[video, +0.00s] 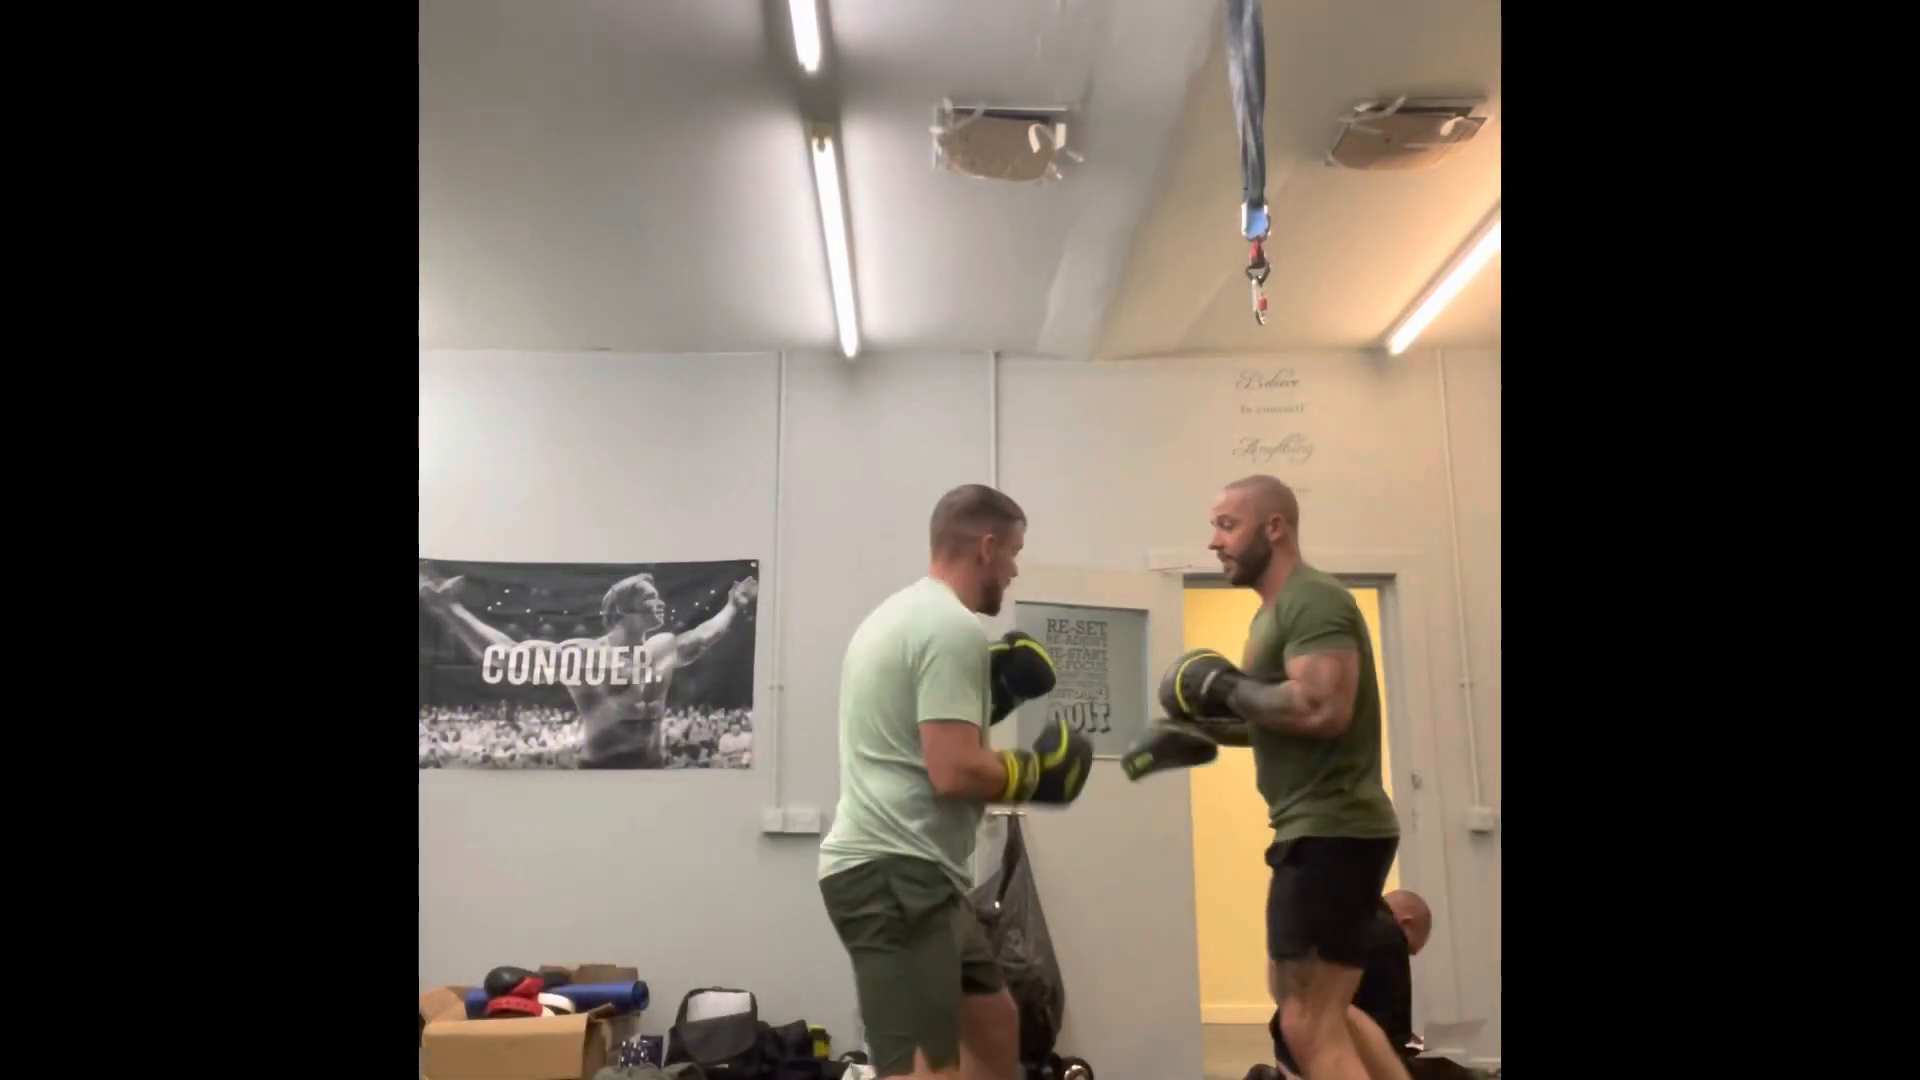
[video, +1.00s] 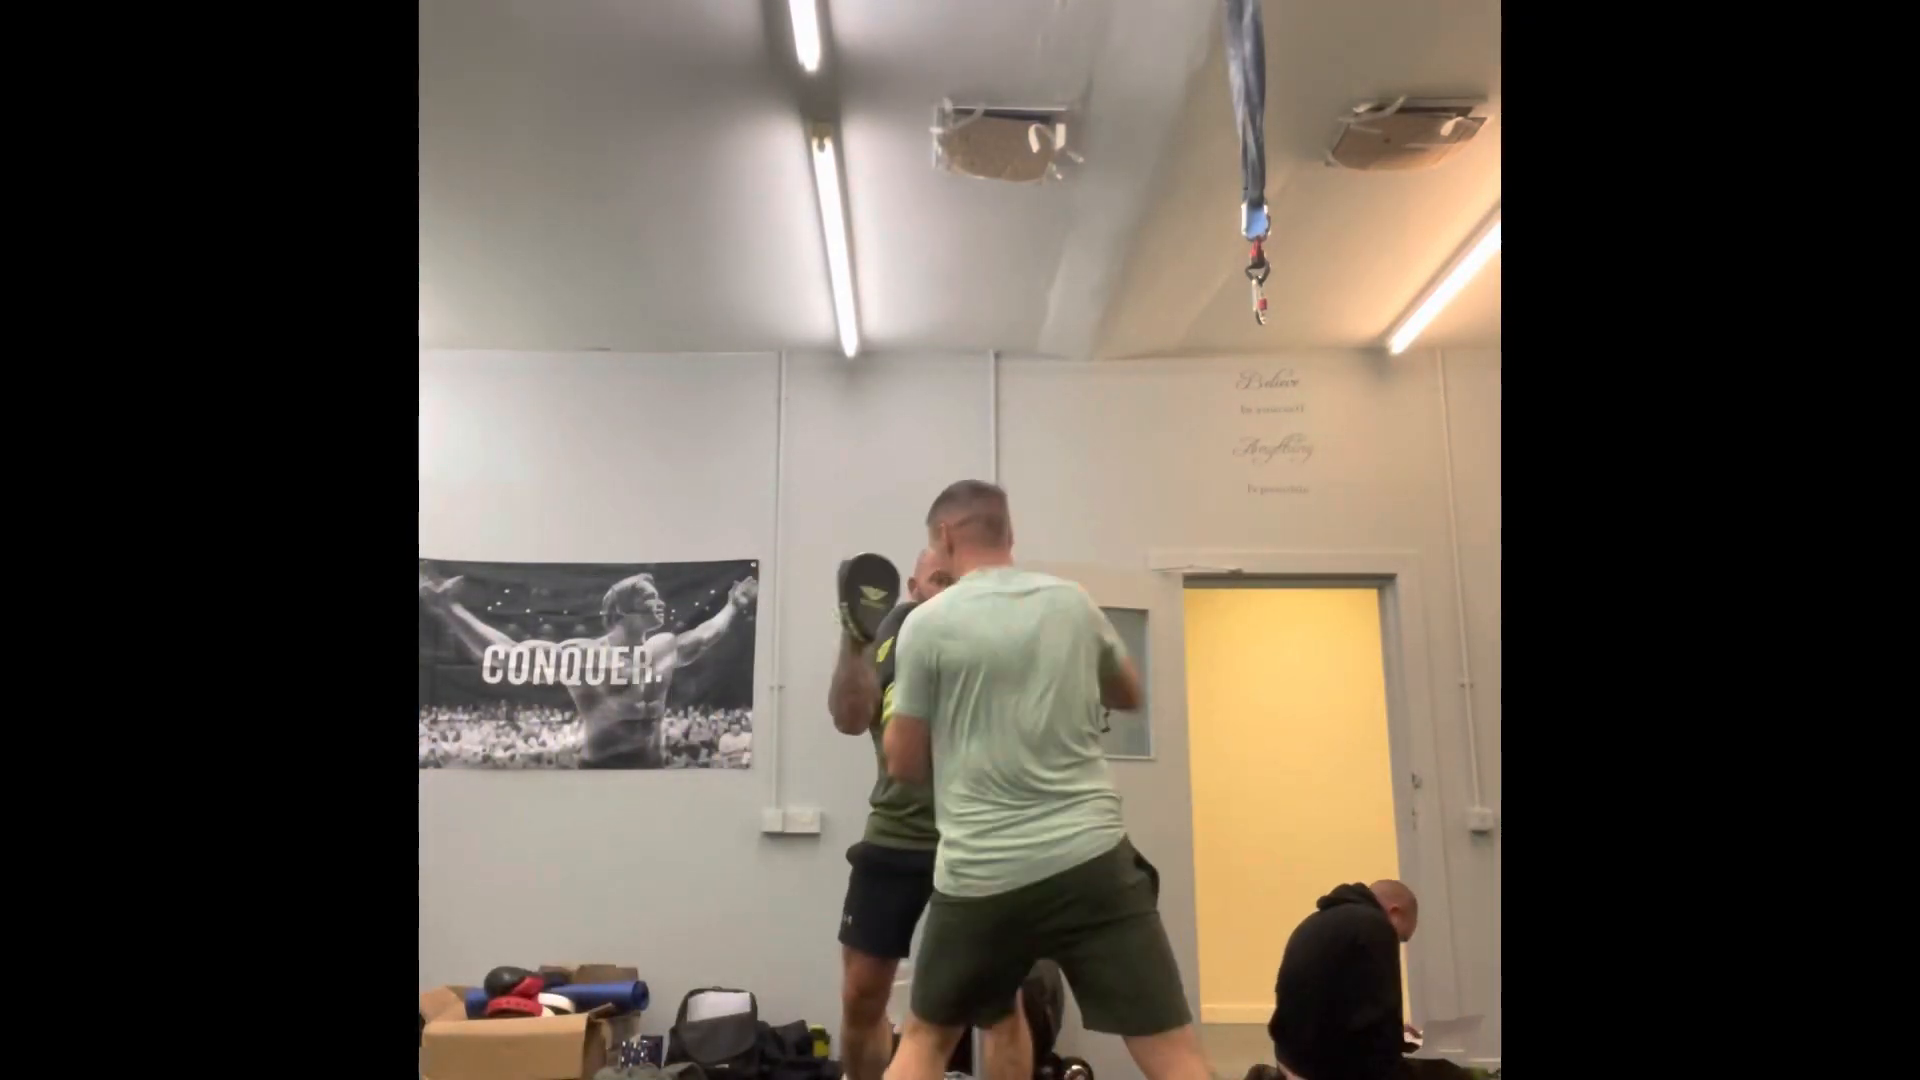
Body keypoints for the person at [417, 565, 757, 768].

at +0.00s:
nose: (663, 608)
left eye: (661, 601)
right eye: (653, 602)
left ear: (649, 611)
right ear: (625, 612)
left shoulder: (665, 648)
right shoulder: (580, 655)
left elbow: (709, 634)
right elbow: (506, 652)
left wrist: (736, 604)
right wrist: (449, 608)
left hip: (652, 772)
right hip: (600, 774)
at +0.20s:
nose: (663, 608)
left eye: (660, 601)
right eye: (652, 602)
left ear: (650, 611)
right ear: (624, 612)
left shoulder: (665, 648)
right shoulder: (580, 655)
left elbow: (709, 634)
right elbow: (506, 652)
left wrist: (736, 604)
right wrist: (449, 608)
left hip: (652, 773)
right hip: (600, 775)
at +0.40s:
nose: (663, 608)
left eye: (661, 601)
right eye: (652, 602)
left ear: (650, 611)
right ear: (624, 612)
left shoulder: (665, 648)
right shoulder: (580, 655)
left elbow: (709, 634)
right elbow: (506, 652)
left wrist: (736, 604)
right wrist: (448, 608)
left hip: (652, 775)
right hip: (600, 776)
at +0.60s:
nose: (662, 607)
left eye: (660, 601)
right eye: (652, 601)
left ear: (651, 610)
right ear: (624, 613)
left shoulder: (665, 647)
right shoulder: (579, 655)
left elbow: (708, 634)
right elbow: (505, 652)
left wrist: (736, 605)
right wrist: (448, 608)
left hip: (652, 772)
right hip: (600, 774)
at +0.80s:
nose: (662, 609)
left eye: (660, 602)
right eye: (652, 603)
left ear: (651, 611)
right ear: (624, 613)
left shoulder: (665, 648)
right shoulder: (579, 655)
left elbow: (709, 633)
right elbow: (506, 653)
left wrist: (736, 604)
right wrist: (449, 608)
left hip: (651, 772)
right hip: (599, 774)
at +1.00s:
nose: (662, 609)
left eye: (660, 602)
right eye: (652, 603)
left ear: (652, 611)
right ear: (623, 613)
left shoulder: (665, 648)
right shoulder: (580, 655)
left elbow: (708, 634)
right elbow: (506, 653)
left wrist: (736, 604)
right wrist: (449, 608)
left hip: (651, 773)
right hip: (598, 775)